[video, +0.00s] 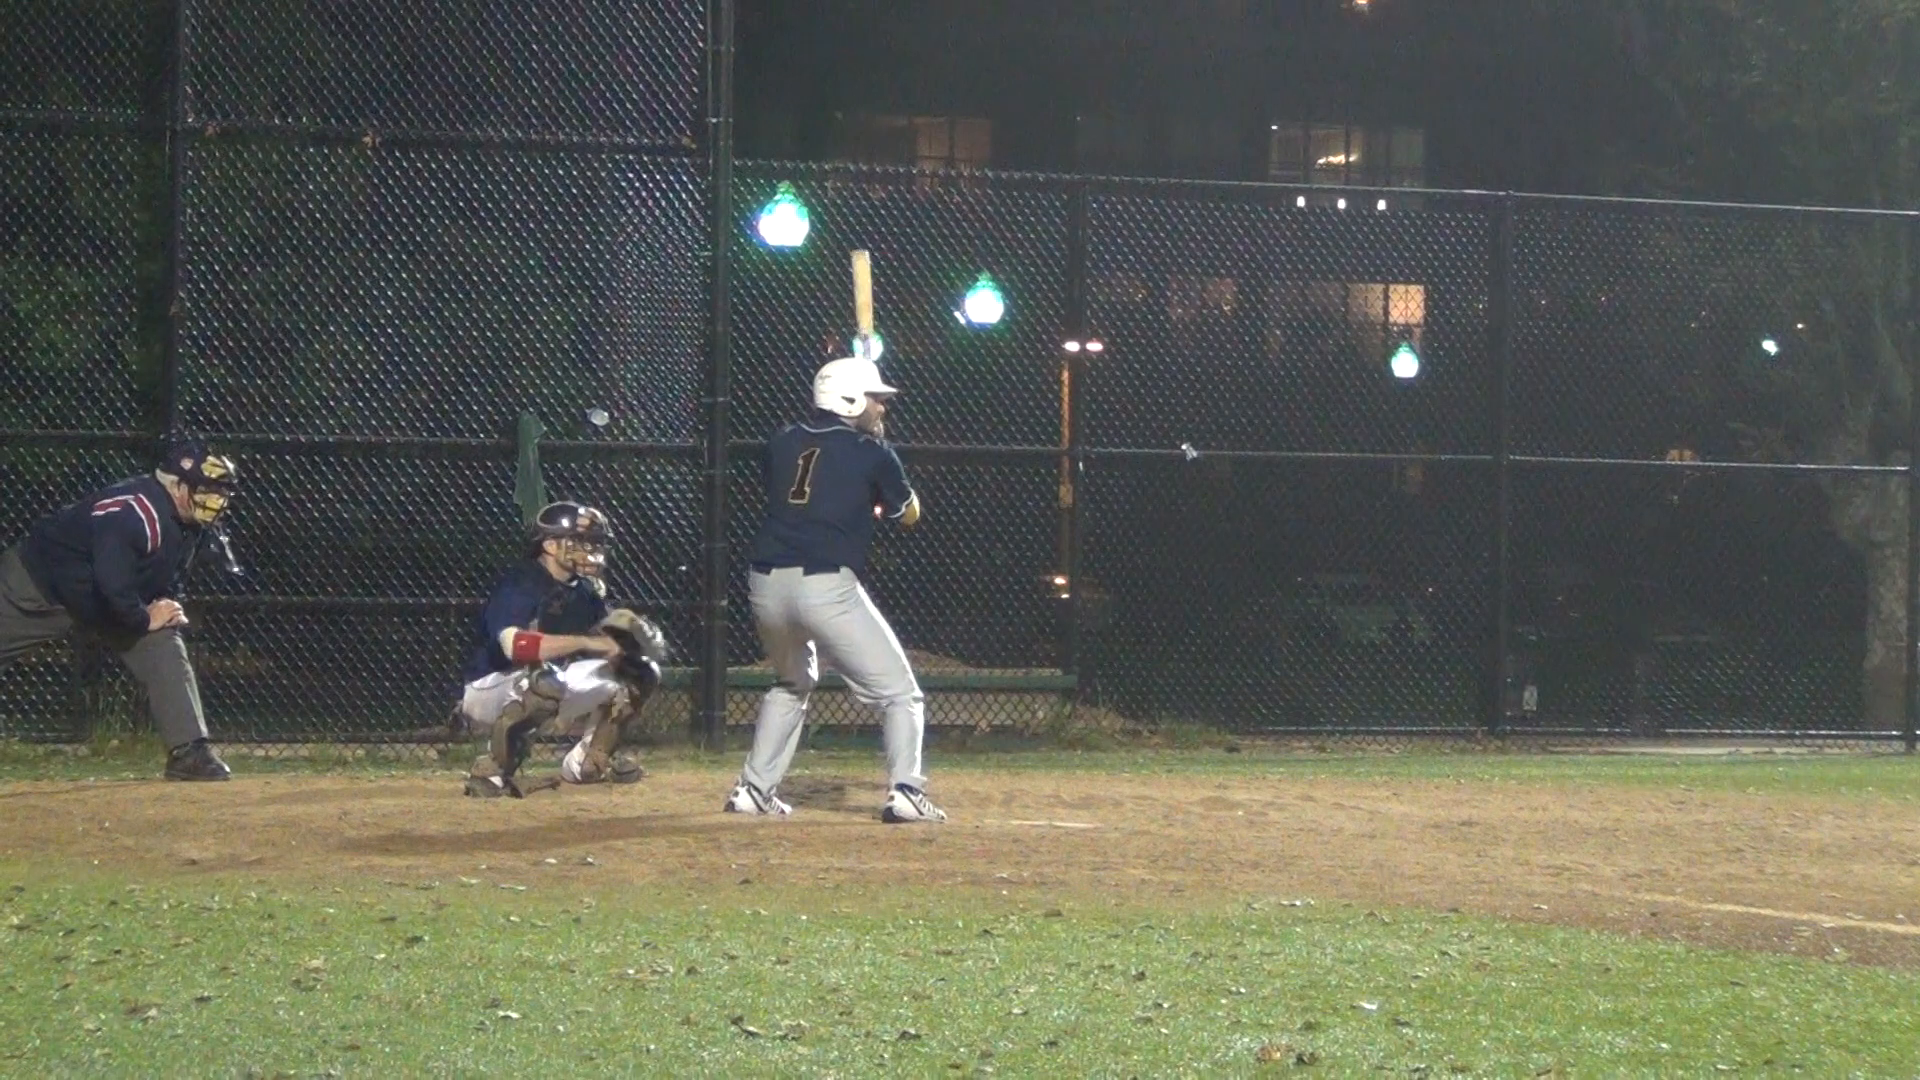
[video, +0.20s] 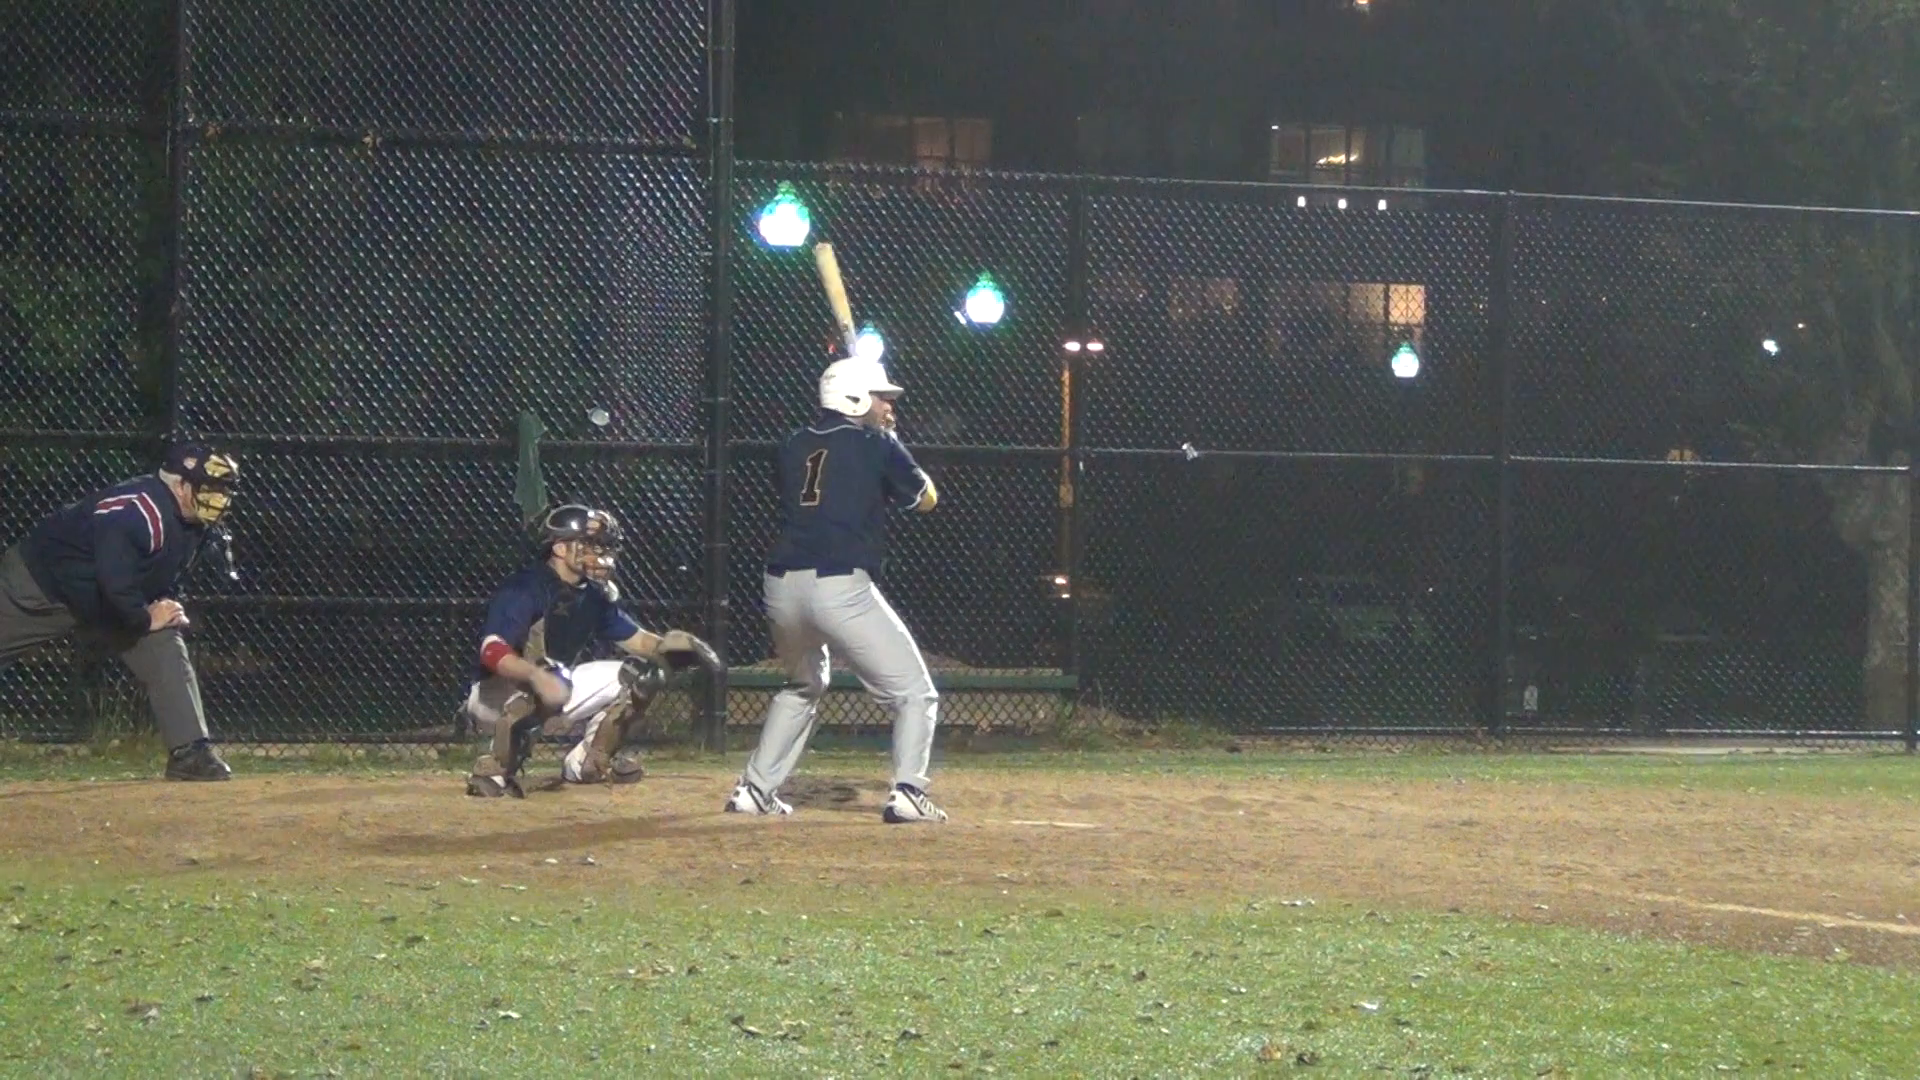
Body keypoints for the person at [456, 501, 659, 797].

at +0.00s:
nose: (590, 550)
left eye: (592, 543)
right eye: (580, 543)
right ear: (551, 546)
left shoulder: (587, 589)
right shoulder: (519, 584)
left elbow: (601, 634)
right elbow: (514, 646)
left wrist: (634, 638)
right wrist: (587, 643)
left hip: (554, 682)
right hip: (488, 690)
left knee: (638, 675)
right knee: (544, 682)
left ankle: (586, 764)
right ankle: (491, 773)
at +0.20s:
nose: (599, 554)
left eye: (600, 546)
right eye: (589, 546)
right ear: (560, 550)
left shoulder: (593, 593)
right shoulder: (527, 586)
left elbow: (634, 637)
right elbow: (491, 650)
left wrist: (673, 647)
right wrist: (536, 676)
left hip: (555, 688)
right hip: (496, 691)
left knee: (637, 677)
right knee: (548, 680)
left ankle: (589, 764)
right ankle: (493, 772)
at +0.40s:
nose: (605, 556)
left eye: (607, 549)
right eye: (596, 548)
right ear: (567, 552)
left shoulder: (601, 594)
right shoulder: (532, 590)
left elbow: (637, 643)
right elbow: (483, 658)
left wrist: (673, 649)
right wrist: (483, 721)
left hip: (558, 693)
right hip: (502, 694)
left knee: (638, 681)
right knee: (554, 680)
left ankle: (588, 766)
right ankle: (494, 771)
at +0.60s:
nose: (612, 559)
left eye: (613, 551)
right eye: (603, 551)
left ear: (604, 555)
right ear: (573, 553)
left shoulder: (606, 599)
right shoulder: (533, 593)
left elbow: (644, 647)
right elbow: (481, 659)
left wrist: (690, 660)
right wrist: (474, 729)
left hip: (562, 694)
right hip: (501, 695)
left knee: (644, 681)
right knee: (557, 683)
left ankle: (588, 765)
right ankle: (498, 773)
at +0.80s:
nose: (614, 559)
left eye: (616, 552)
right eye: (606, 551)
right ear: (576, 553)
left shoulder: (607, 600)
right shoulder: (538, 592)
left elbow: (646, 649)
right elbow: (485, 662)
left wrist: (688, 660)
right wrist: (486, 735)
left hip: (563, 692)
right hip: (503, 695)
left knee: (645, 683)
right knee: (558, 684)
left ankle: (590, 765)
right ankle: (495, 770)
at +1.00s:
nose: (620, 560)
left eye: (622, 552)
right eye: (610, 550)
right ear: (581, 553)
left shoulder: (611, 602)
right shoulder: (543, 591)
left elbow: (647, 655)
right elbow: (489, 659)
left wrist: (684, 661)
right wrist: (489, 728)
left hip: (569, 691)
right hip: (508, 692)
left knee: (646, 686)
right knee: (561, 686)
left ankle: (591, 764)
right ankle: (495, 767)